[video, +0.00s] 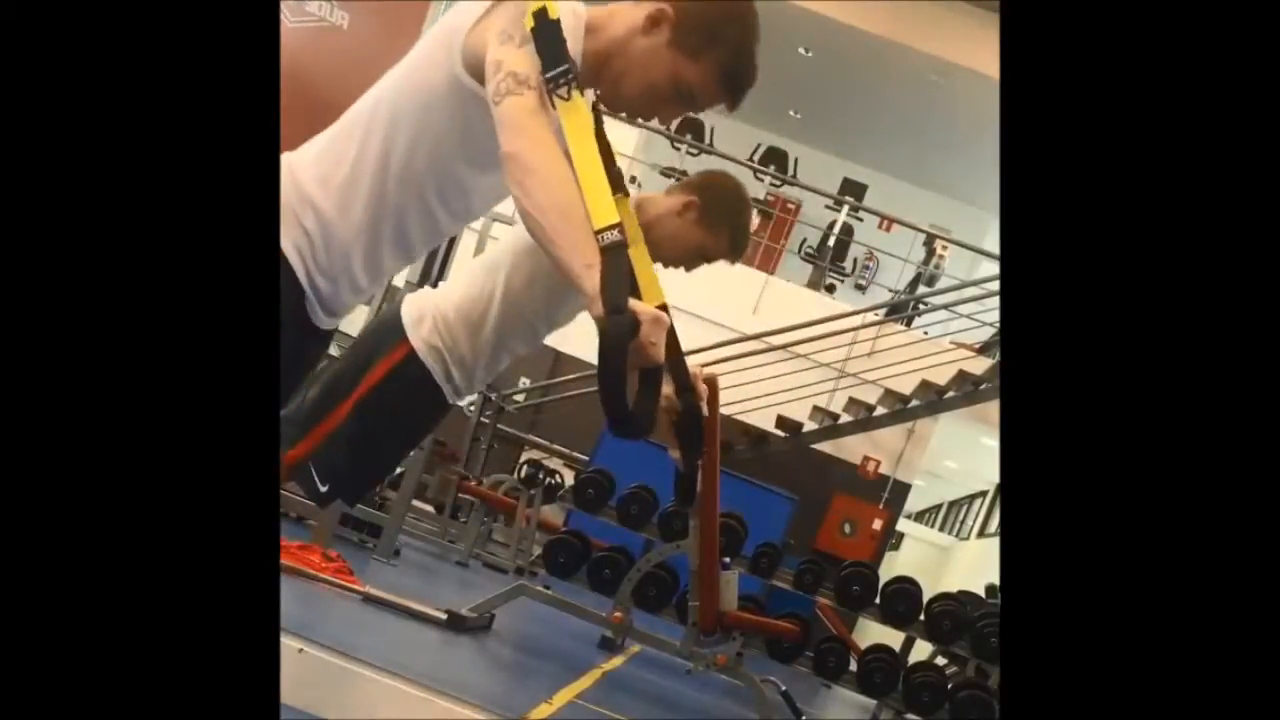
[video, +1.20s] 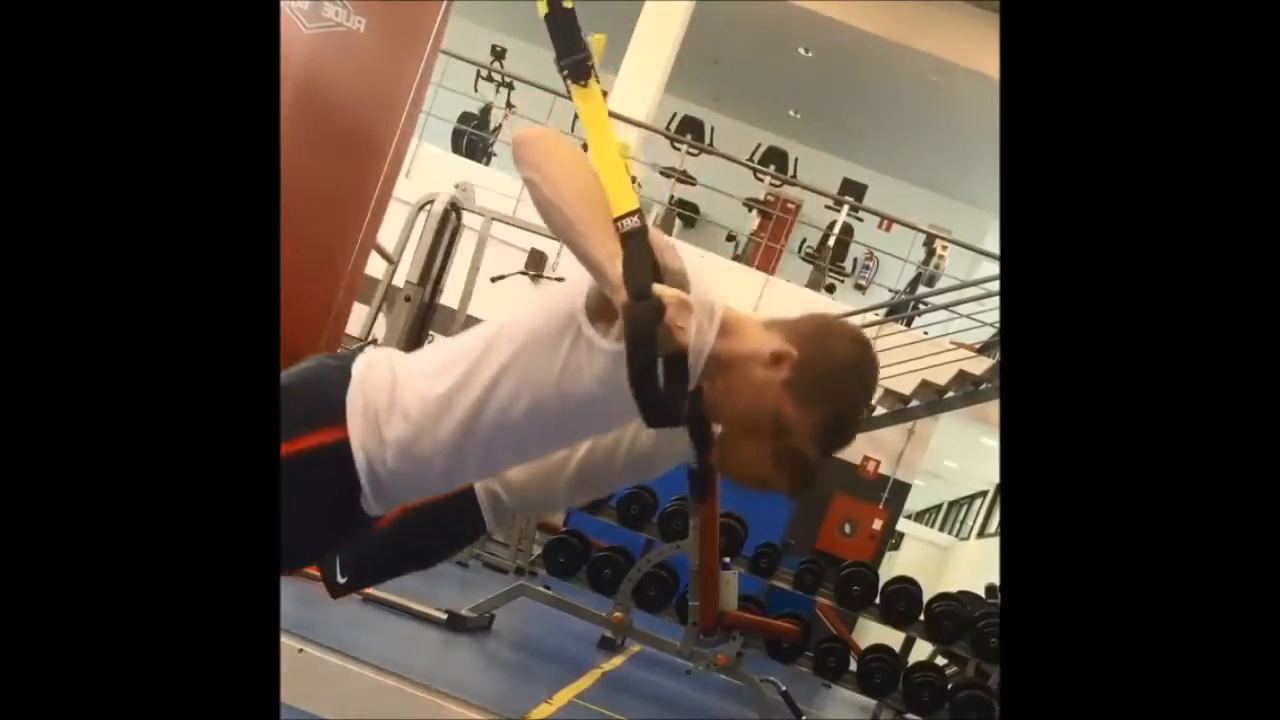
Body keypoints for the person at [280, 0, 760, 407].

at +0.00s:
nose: (668, 119)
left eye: (685, 113)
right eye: (681, 96)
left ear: (654, 20)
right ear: (657, 19)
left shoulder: (568, 92)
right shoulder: (525, 16)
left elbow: (608, 223)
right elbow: (525, 137)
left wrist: (665, 366)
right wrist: (608, 296)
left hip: (322, 305)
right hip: (288, 252)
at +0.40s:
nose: (694, 177)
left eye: (712, 169)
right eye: (707, 156)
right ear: (685, 84)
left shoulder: (597, 144)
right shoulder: (563, 57)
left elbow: (627, 252)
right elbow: (519, 136)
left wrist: (670, 350)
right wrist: (621, 277)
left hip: (336, 342)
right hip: (294, 284)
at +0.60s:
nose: (710, 241)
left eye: (732, 239)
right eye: (728, 222)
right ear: (710, 153)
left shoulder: (632, 210)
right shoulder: (603, 117)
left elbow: (649, 290)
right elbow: (519, 125)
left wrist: (685, 363)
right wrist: (629, 276)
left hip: (352, 377)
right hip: (307, 318)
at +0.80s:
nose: (728, 306)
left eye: (750, 305)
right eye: (748, 289)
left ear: (743, 223)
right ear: (742, 225)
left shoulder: (660, 260)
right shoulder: (648, 174)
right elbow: (528, 121)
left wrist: (670, 358)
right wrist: (650, 278)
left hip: (359, 414)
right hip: (319, 354)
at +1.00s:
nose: (746, 373)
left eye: (765, 372)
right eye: (764, 358)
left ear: (762, 293)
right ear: (763, 295)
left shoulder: (676, 325)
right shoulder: (659, 235)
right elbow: (537, 119)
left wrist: (679, 393)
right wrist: (641, 269)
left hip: (370, 450)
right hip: (330, 392)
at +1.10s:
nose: (746, 404)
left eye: (766, 405)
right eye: (768, 392)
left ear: (774, 325)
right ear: (774, 330)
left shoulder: (683, 344)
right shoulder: (659, 251)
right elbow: (538, 130)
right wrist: (628, 266)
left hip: (365, 467)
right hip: (332, 414)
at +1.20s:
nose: (757, 475)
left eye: (778, 471)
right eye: (777, 456)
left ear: (778, 366)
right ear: (779, 371)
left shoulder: (702, 410)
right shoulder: (667, 283)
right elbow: (536, 145)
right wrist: (630, 283)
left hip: (367, 491)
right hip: (335, 436)